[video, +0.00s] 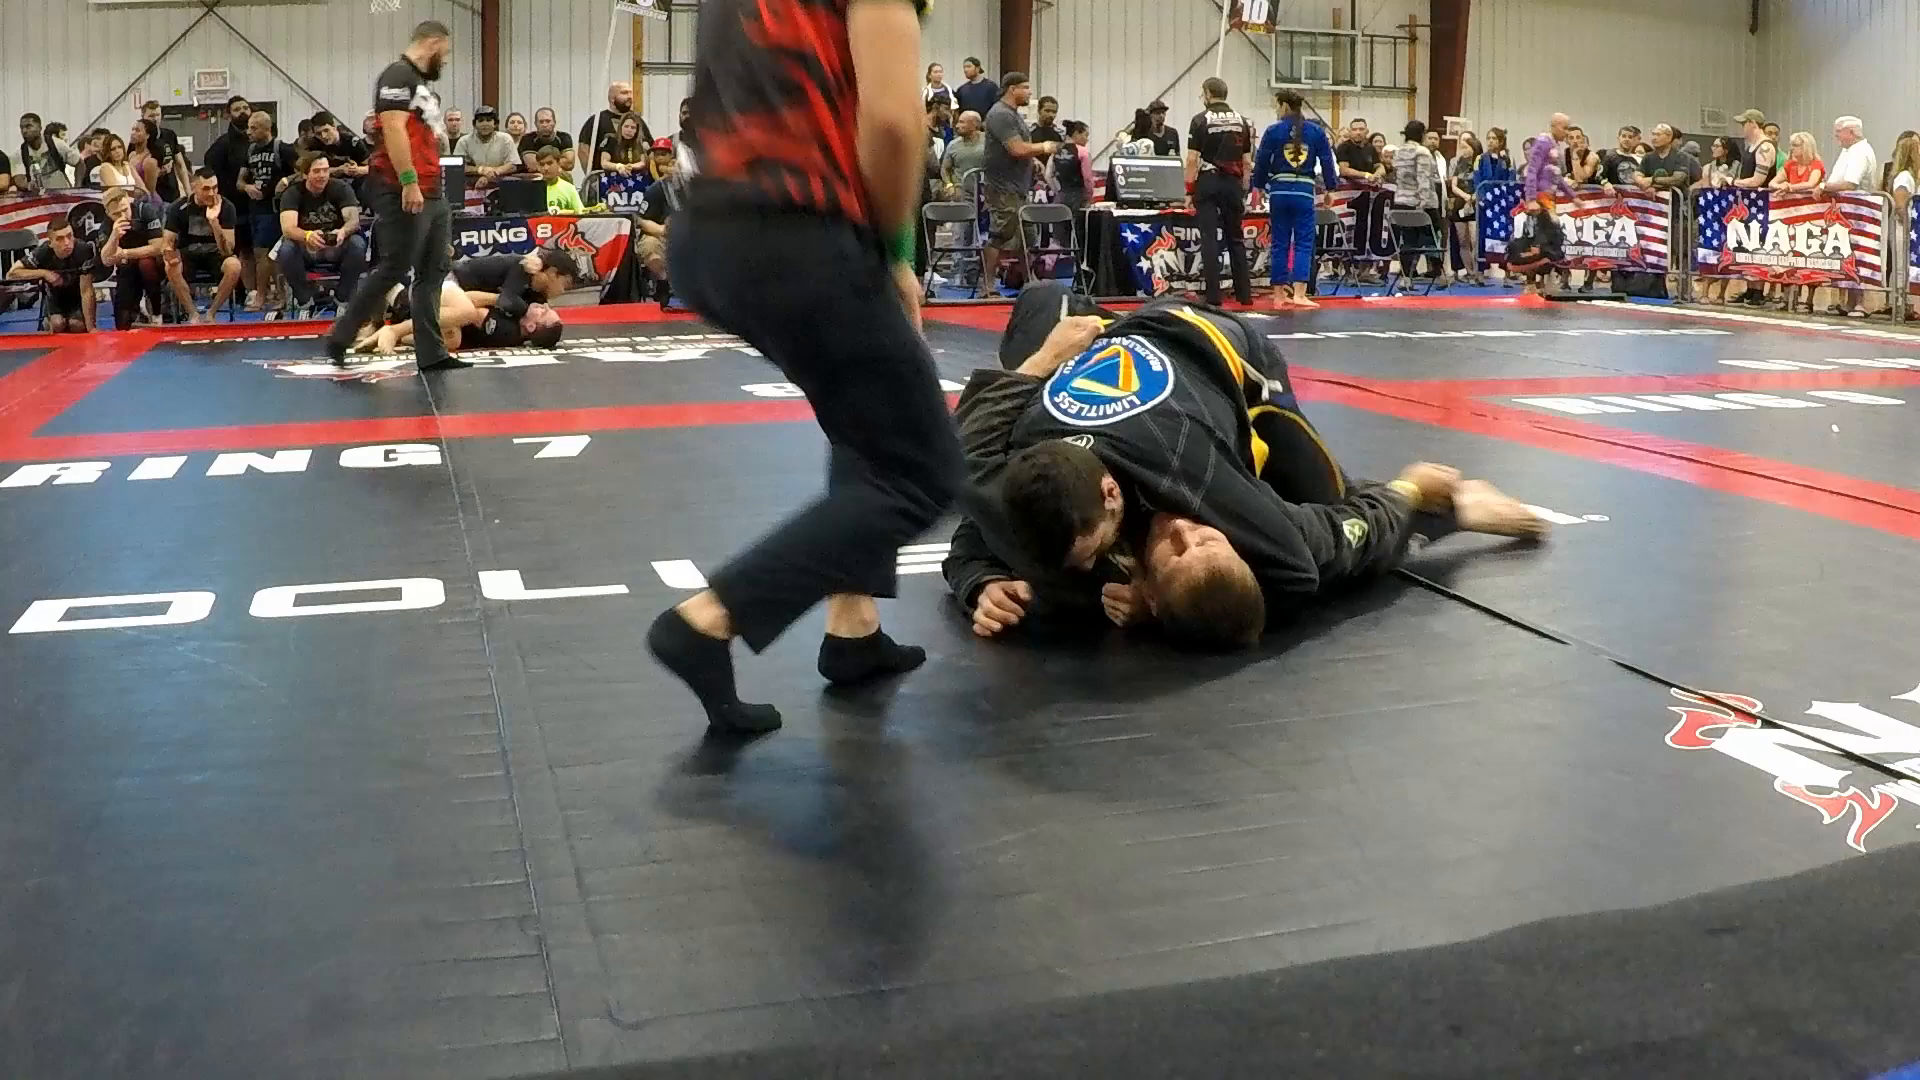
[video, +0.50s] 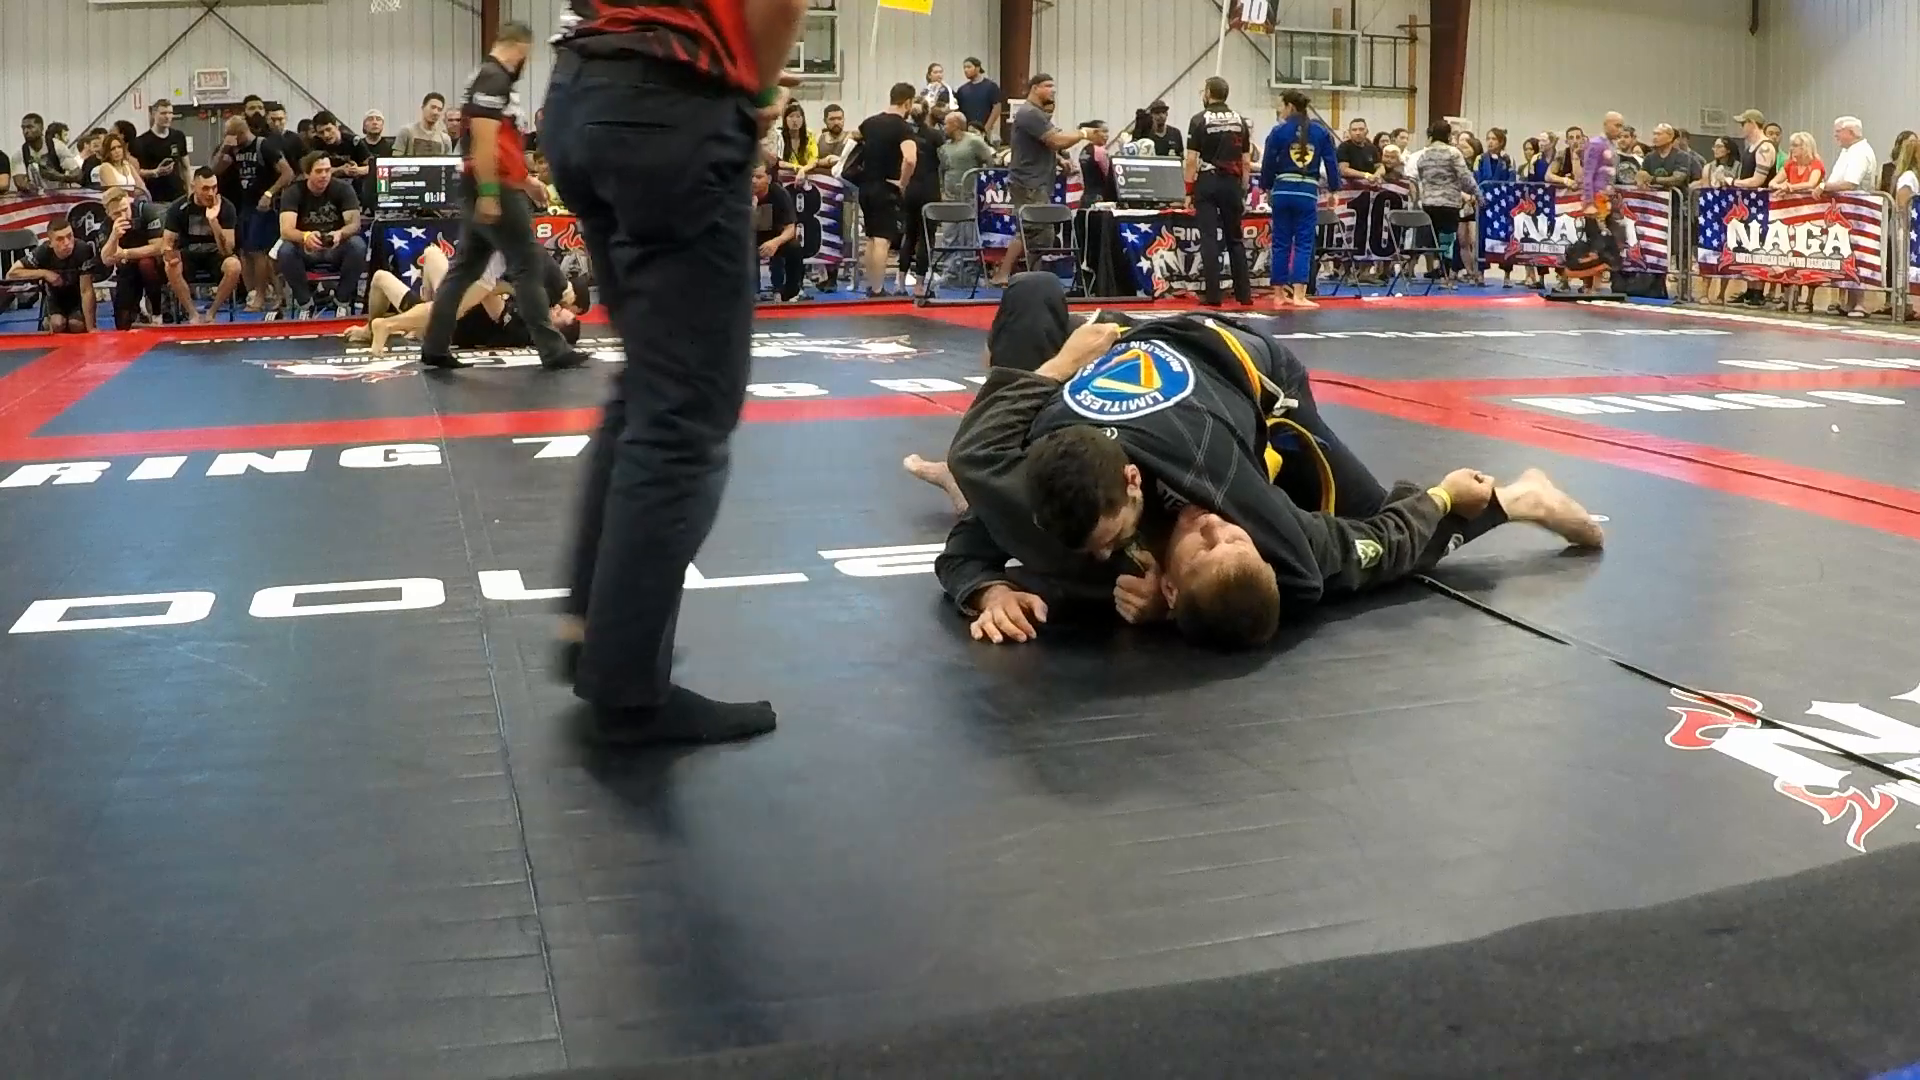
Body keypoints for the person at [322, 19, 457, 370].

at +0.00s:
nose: (445, 60)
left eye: (446, 53)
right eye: (445, 52)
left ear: (428, 43)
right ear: (432, 44)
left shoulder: (422, 85)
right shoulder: (398, 75)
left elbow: (423, 139)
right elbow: (393, 128)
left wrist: (432, 185)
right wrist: (409, 182)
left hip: (432, 194)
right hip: (404, 194)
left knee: (431, 274)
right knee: (392, 269)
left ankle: (431, 355)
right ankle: (339, 339)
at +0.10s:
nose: (456, 57)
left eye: (457, 51)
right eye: (455, 49)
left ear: (440, 42)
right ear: (443, 41)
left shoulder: (432, 81)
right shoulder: (411, 73)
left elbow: (432, 141)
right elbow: (402, 126)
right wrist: (414, 181)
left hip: (445, 193)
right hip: (423, 193)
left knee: (437, 271)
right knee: (421, 265)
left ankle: (431, 353)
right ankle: (368, 329)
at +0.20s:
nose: (474, 57)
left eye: (475, 51)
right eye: (473, 49)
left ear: (456, 41)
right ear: (462, 42)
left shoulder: (446, 79)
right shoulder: (427, 72)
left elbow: (452, 141)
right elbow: (417, 125)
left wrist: (466, 189)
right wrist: (424, 182)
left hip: (452, 187)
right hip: (438, 187)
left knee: (445, 264)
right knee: (448, 262)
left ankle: (431, 347)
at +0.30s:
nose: (490, 55)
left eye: (492, 50)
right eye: (490, 48)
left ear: (473, 41)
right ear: (480, 42)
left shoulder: (466, 79)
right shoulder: (447, 73)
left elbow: (467, 147)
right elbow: (434, 128)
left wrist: (496, 183)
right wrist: (438, 184)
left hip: (462, 187)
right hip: (456, 187)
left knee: (444, 269)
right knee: (480, 259)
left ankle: (431, 350)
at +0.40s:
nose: (507, 57)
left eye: (507, 52)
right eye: (507, 51)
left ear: (486, 43)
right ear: (498, 46)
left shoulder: (482, 81)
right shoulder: (468, 77)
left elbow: (488, 144)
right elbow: (455, 134)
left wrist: (516, 178)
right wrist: (459, 187)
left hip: (476, 188)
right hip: (474, 189)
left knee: (450, 271)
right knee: (502, 263)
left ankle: (431, 351)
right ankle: (535, 343)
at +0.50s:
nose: (525, 59)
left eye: (525, 53)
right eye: (525, 52)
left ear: (502, 45)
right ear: (515, 47)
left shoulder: (493, 78)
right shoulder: (493, 78)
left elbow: (501, 146)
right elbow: (483, 138)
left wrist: (527, 182)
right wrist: (488, 191)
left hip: (485, 190)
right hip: (498, 192)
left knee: (465, 269)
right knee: (528, 266)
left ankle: (435, 348)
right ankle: (553, 350)